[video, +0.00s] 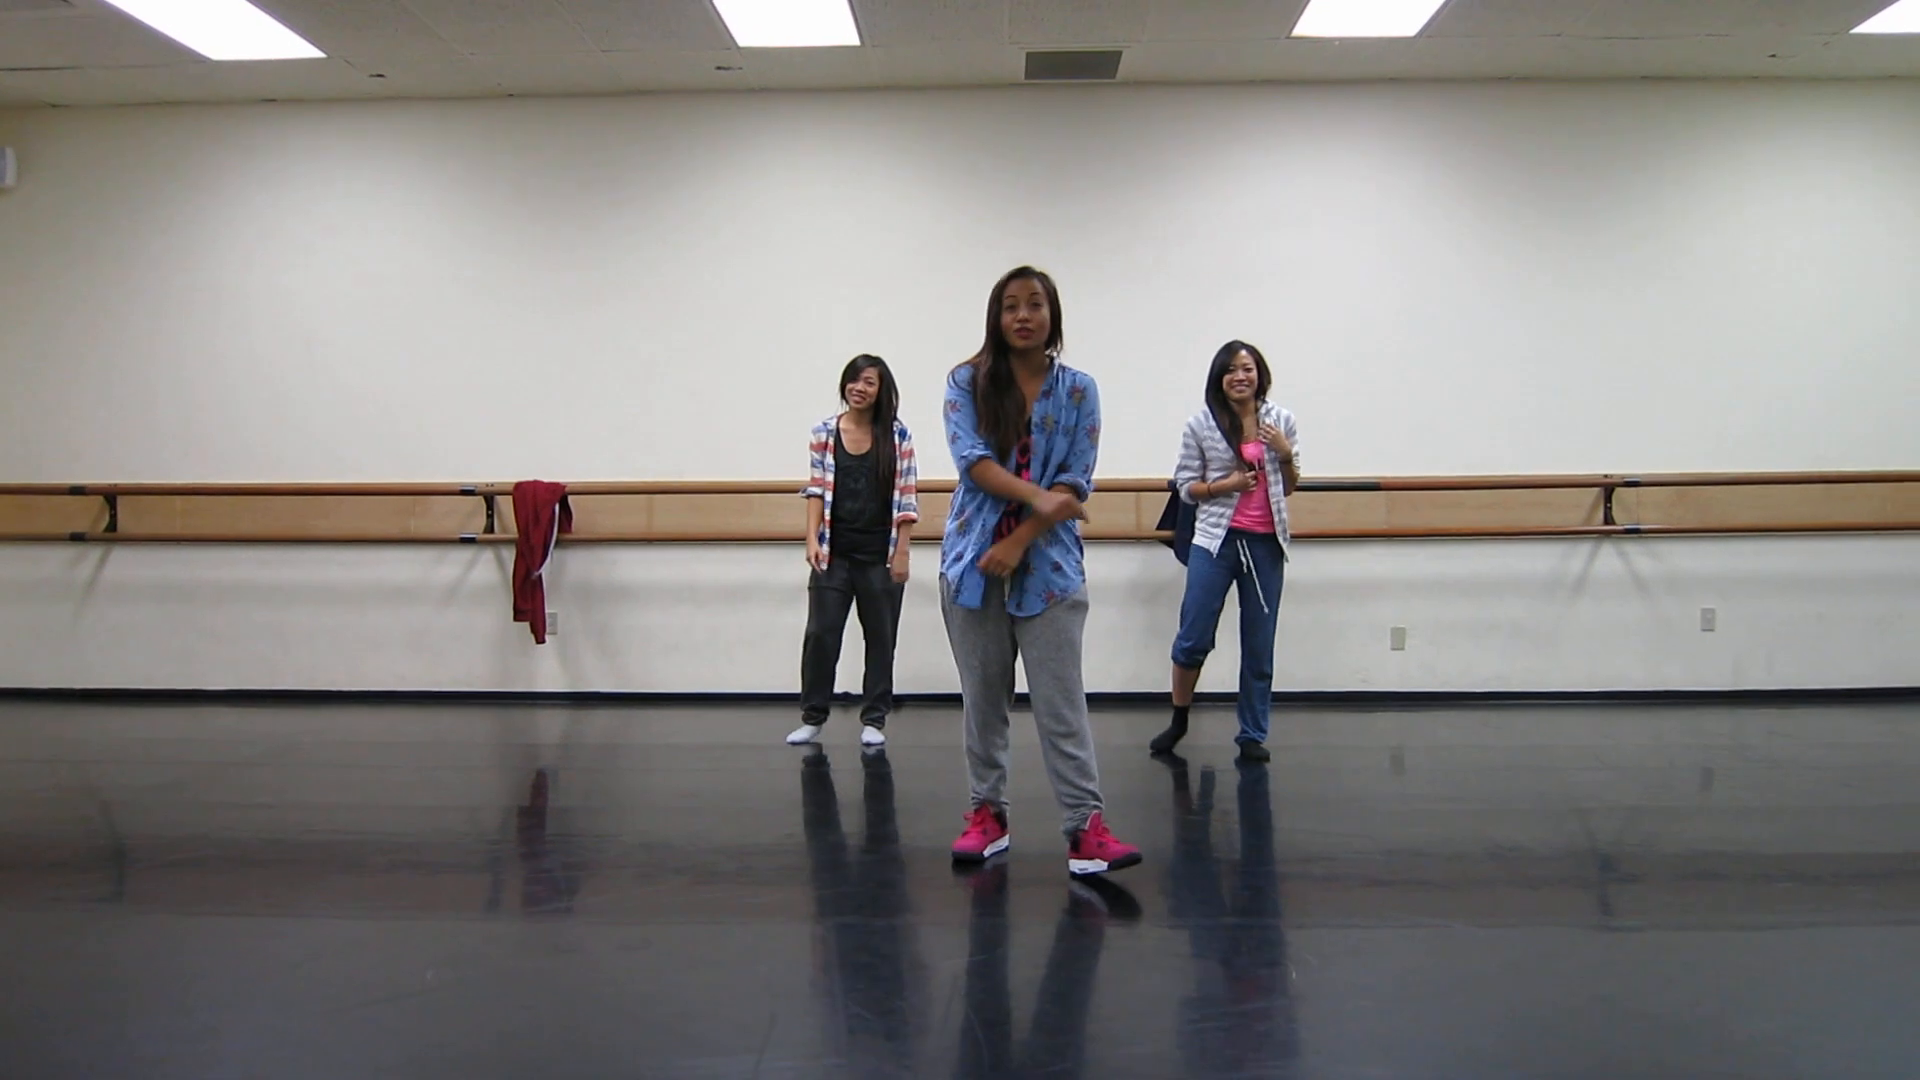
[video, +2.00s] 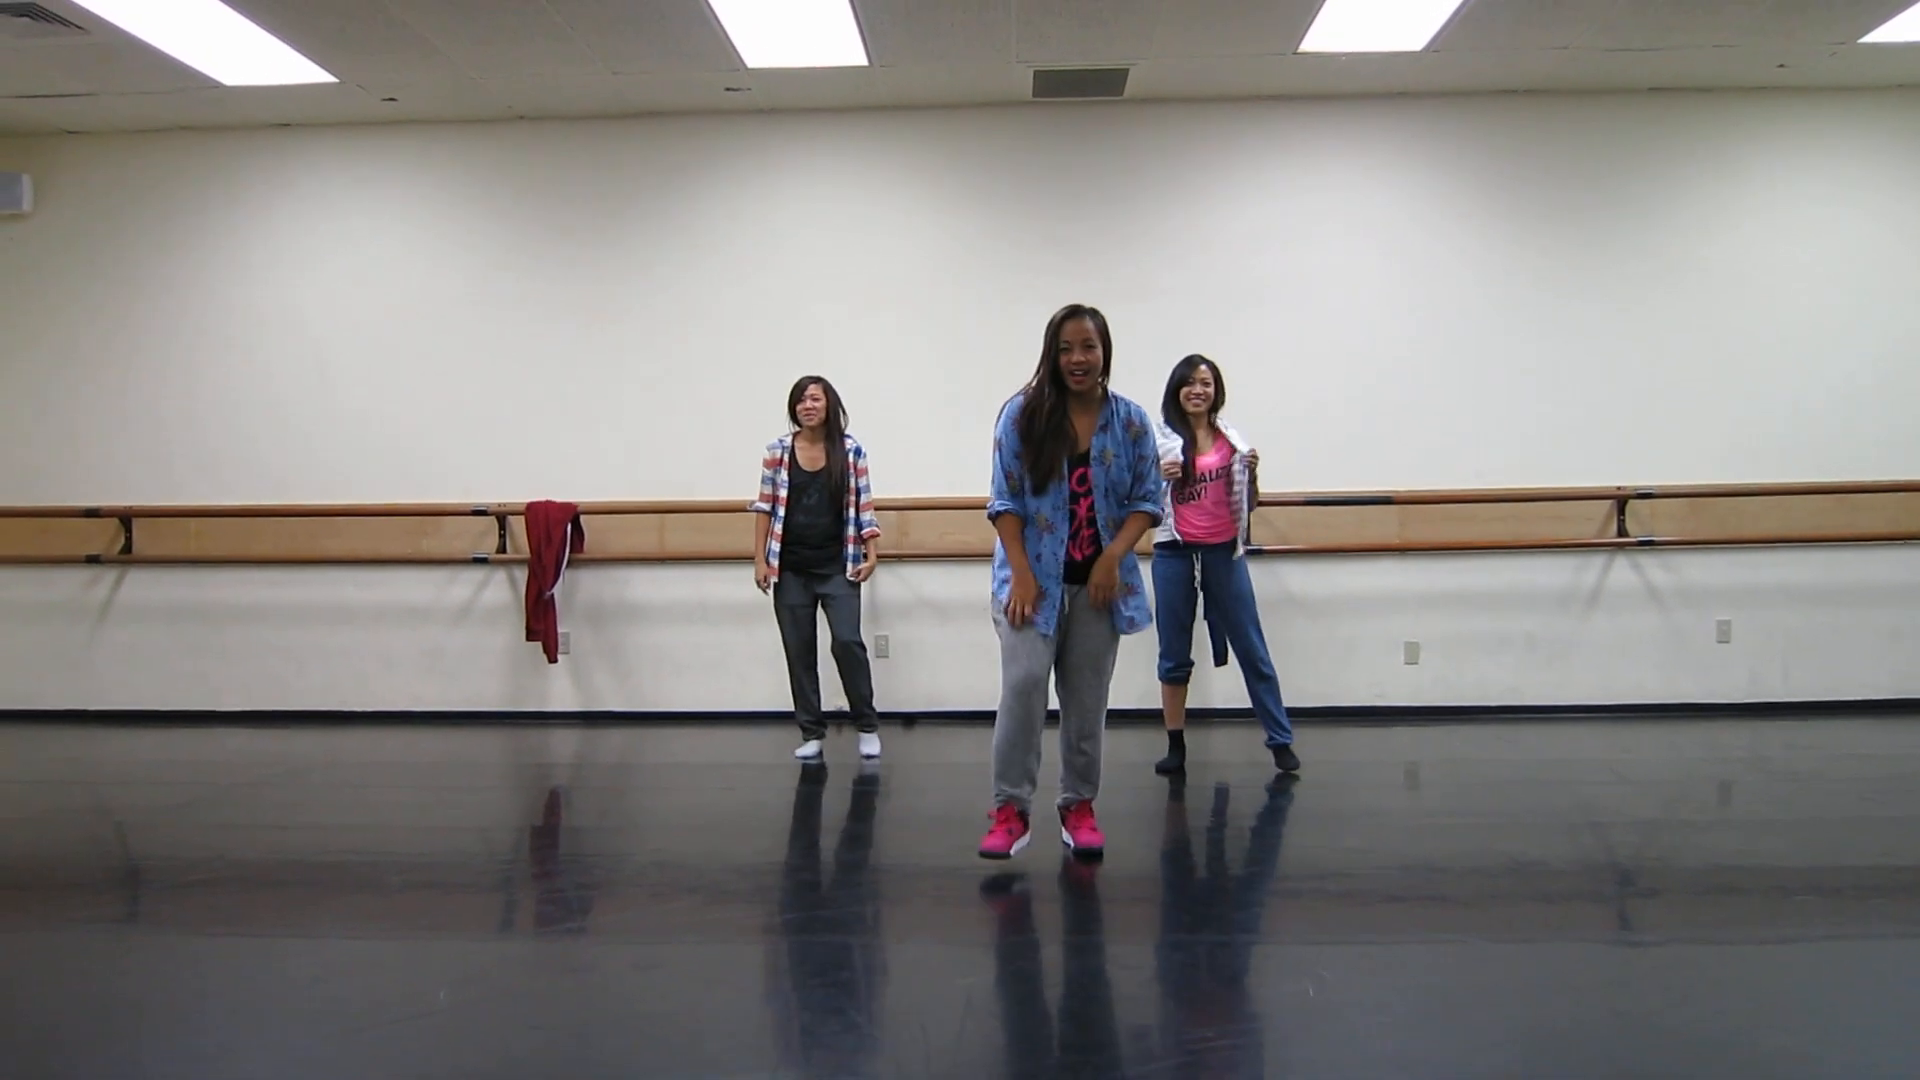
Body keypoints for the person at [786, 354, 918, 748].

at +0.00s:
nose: (860, 387)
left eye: (869, 383)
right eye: (855, 380)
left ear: (882, 391)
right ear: (844, 385)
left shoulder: (897, 435)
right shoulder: (824, 432)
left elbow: (907, 496)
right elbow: (816, 489)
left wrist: (902, 550)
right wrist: (812, 538)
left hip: (880, 558)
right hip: (833, 554)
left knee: (880, 642)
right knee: (820, 636)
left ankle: (874, 720)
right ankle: (813, 718)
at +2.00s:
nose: (809, 404)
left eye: (817, 398)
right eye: (802, 399)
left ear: (830, 405)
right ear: (793, 407)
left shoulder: (850, 450)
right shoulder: (778, 452)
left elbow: (864, 506)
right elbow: (765, 509)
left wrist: (870, 554)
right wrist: (760, 558)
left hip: (840, 569)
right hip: (790, 571)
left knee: (848, 643)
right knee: (800, 654)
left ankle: (867, 728)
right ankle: (811, 734)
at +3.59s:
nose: (834, 423)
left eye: (842, 418)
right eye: (828, 417)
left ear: (854, 425)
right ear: (818, 424)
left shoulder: (873, 467)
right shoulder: (802, 470)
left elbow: (883, 527)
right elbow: (794, 529)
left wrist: (875, 576)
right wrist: (791, 580)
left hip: (859, 584)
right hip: (816, 582)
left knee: (857, 659)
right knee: (821, 654)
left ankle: (852, 725)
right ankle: (834, 740)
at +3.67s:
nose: (832, 421)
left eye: (840, 416)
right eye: (826, 415)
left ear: (853, 423)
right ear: (817, 422)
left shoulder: (871, 467)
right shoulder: (800, 469)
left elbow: (880, 527)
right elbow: (791, 527)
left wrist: (874, 575)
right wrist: (787, 577)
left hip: (856, 582)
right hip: (812, 581)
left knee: (855, 659)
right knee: (818, 658)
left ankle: (852, 724)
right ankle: (832, 742)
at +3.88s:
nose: (829, 410)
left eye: (838, 405)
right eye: (823, 404)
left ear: (850, 414)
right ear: (814, 412)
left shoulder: (868, 460)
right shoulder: (794, 459)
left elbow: (878, 520)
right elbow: (782, 517)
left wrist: (874, 570)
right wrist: (780, 568)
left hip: (853, 579)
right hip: (808, 579)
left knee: (856, 659)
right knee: (816, 664)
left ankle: (854, 717)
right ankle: (831, 743)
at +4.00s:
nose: (828, 409)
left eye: (837, 405)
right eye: (822, 403)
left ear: (849, 415)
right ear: (812, 412)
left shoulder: (867, 461)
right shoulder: (793, 459)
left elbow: (878, 521)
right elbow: (780, 519)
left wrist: (877, 574)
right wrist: (780, 571)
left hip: (852, 582)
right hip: (806, 584)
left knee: (855, 654)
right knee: (814, 669)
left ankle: (856, 723)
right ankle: (829, 745)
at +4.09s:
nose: (828, 411)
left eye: (837, 406)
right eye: (822, 405)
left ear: (849, 417)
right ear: (812, 413)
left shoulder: (865, 463)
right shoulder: (792, 461)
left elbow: (878, 522)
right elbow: (779, 522)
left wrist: (880, 574)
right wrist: (779, 571)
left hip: (852, 584)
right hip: (805, 587)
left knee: (852, 654)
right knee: (812, 670)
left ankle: (854, 738)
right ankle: (829, 747)